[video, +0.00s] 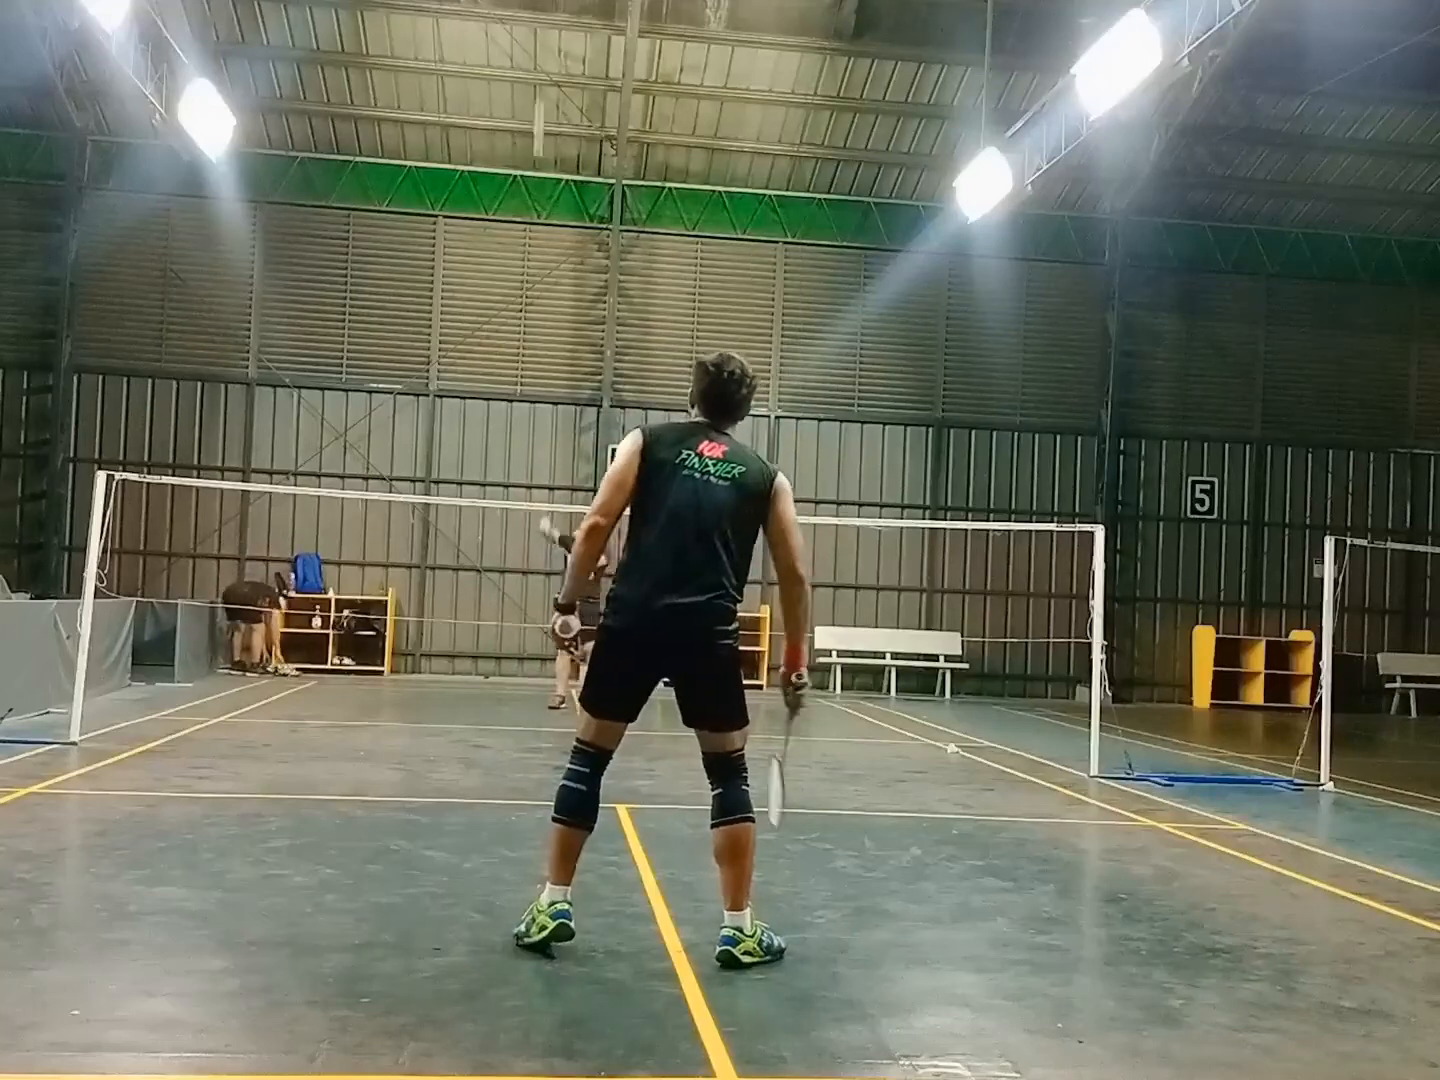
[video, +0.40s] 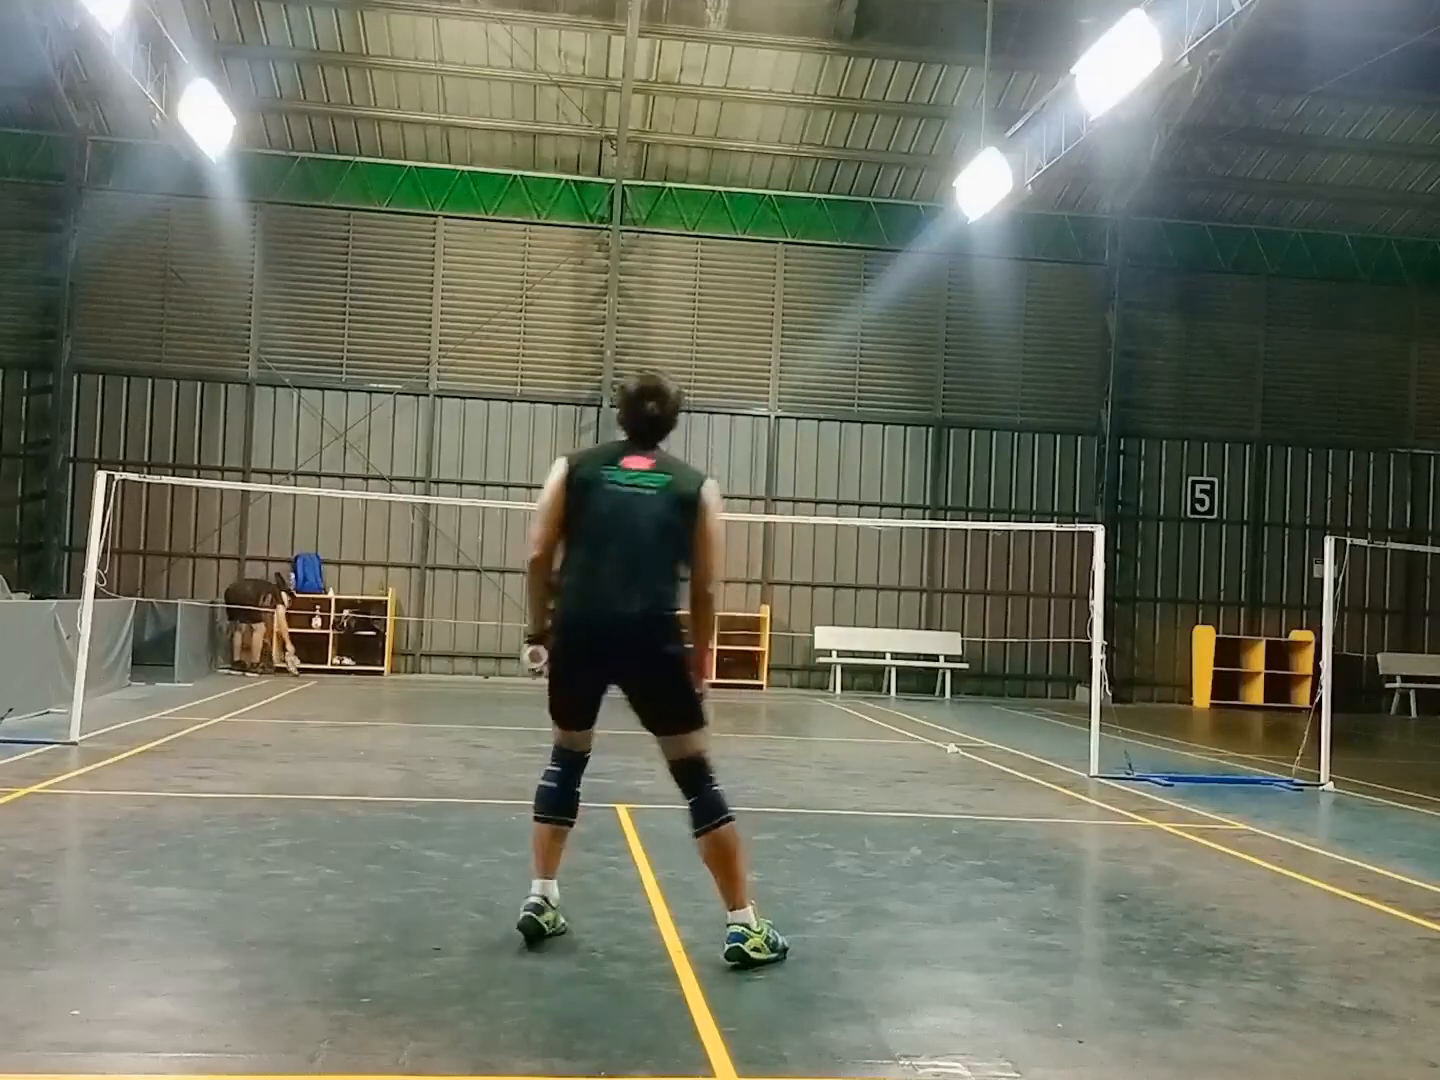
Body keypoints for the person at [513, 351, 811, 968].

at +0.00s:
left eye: (696, 394)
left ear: (691, 400)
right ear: (743, 410)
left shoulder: (644, 443)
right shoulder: (766, 476)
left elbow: (597, 523)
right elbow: (793, 571)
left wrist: (568, 604)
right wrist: (796, 653)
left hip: (631, 629)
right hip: (709, 638)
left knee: (588, 758)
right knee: (728, 772)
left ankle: (554, 901)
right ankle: (738, 926)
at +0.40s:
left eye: (630, 411)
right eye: (661, 419)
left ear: (620, 420)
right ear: (671, 426)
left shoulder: (574, 469)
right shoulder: (695, 486)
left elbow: (540, 555)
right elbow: (704, 582)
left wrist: (538, 631)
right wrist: (703, 648)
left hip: (578, 638)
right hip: (652, 643)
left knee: (566, 757)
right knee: (696, 776)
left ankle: (541, 896)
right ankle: (743, 921)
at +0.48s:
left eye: (611, 392)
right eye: (642, 397)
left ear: (598, 399)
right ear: (649, 404)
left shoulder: (552, 453)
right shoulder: (673, 467)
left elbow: (513, 540)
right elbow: (671, 569)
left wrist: (519, 606)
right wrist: (671, 642)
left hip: (555, 621)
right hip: (624, 626)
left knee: (561, 740)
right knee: (660, 764)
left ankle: (538, 877)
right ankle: (694, 920)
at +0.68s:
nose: (590, 419)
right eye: (597, 411)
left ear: (547, 415)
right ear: (599, 419)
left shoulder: (505, 465)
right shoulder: (617, 488)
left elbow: (447, 531)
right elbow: (625, 596)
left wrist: (489, 494)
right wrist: (658, 668)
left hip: (515, 647)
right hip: (574, 651)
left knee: (554, 766)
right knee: (611, 787)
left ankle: (520, 905)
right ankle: (523, 905)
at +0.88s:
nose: (565, 399)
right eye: (566, 392)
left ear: (504, 396)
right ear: (562, 405)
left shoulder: (475, 428)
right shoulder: (561, 485)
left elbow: (406, 450)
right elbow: (569, 598)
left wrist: (430, 386)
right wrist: (657, 621)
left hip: (462, 634)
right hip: (509, 645)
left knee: (491, 760)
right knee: (528, 803)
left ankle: (490, 890)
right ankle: (429, 950)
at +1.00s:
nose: (543, 383)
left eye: (536, 372)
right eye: (539, 375)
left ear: (477, 379)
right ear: (529, 388)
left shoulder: (450, 418)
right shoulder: (516, 467)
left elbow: (384, 440)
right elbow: (549, 579)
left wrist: (370, 416)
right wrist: (618, 549)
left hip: (432, 630)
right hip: (477, 642)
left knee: (450, 757)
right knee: (514, 803)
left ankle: (393, 891)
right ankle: (417, 968)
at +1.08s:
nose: (514, 350)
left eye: (509, 341)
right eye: (509, 343)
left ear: (442, 356)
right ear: (492, 359)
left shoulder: (426, 404)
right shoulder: (485, 442)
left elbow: (353, 438)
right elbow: (540, 537)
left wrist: (382, 421)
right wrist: (580, 456)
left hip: (425, 615)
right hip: (479, 629)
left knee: (420, 741)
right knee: (485, 785)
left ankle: (318, 880)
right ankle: (416, 968)